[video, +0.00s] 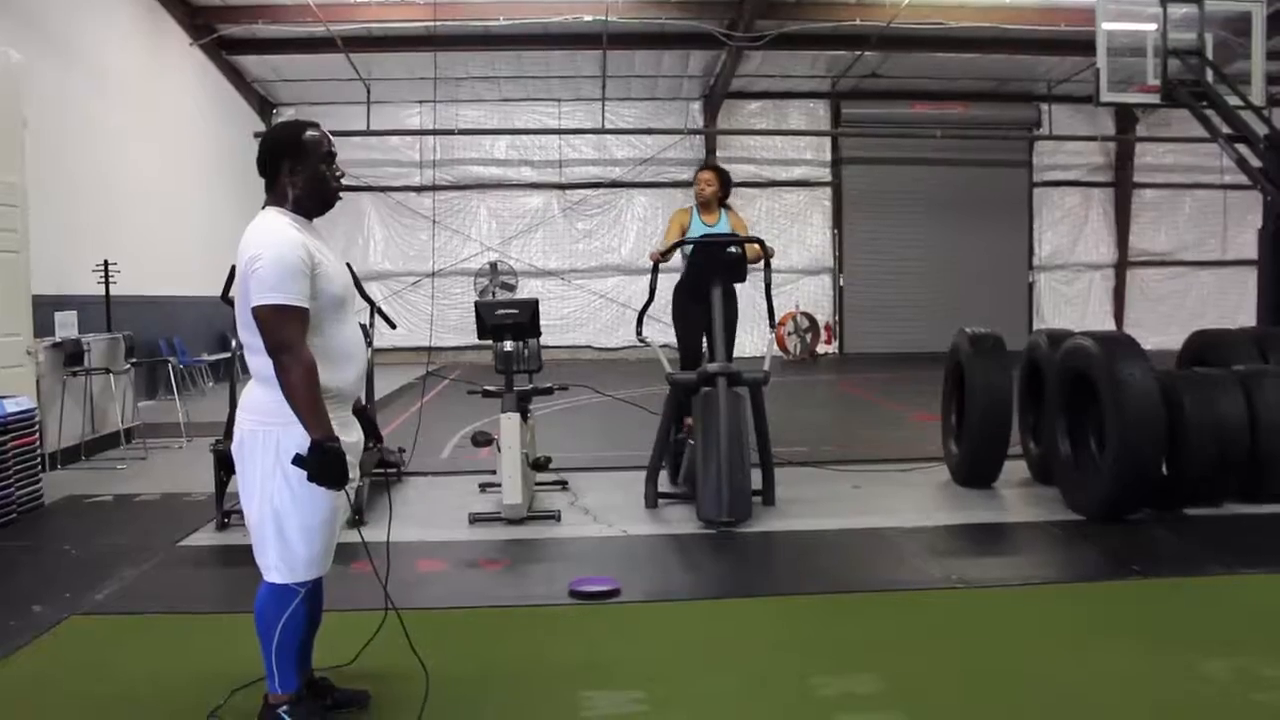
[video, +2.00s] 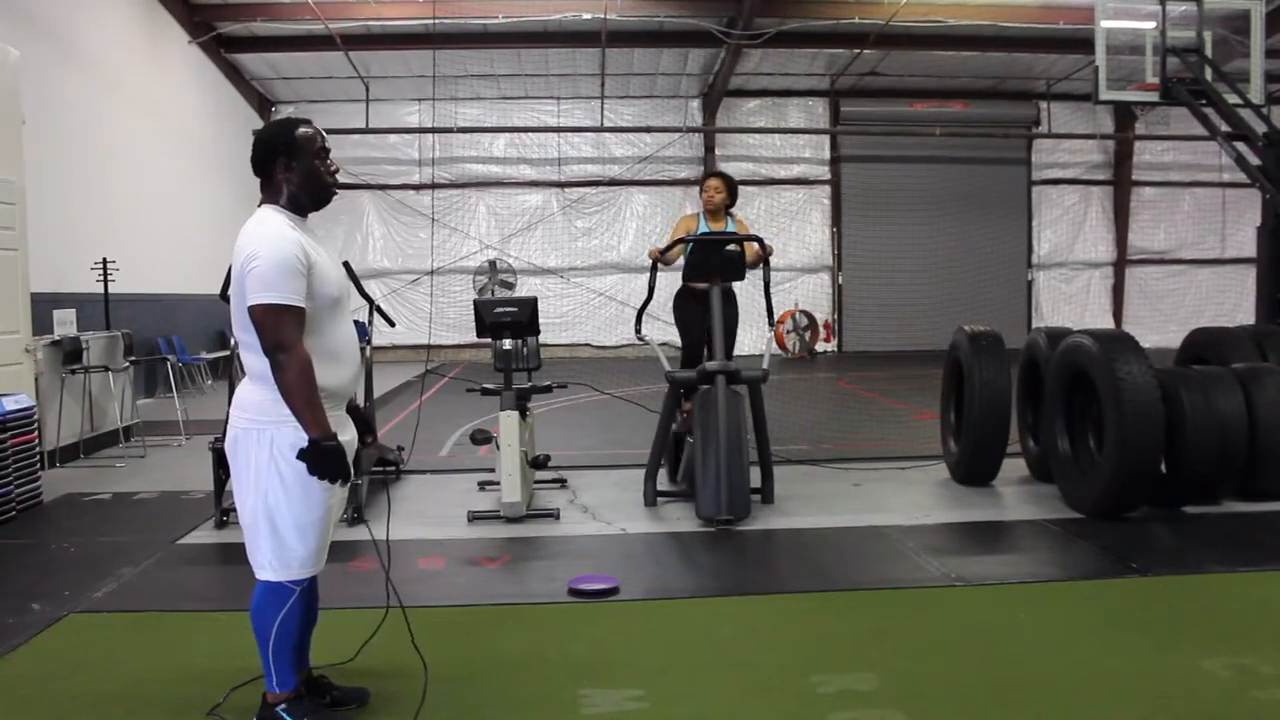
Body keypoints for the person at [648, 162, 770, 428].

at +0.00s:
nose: (700, 188)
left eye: (708, 184)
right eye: (698, 183)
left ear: (721, 190)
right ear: (693, 186)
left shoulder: (732, 218)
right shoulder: (683, 217)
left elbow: (750, 253)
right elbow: (670, 244)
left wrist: (761, 251)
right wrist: (660, 254)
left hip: (723, 292)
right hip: (690, 293)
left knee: (722, 357)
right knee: (690, 358)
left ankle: (721, 416)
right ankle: (687, 417)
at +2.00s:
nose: (709, 196)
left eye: (717, 192)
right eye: (705, 191)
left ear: (728, 198)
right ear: (701, 195)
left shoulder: (737, 225)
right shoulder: (688, 223)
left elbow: (748, 260)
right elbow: (672, 257)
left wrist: (760, 254)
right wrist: (660, 255)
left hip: (724, 297)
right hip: (691, 298)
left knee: (722, 356)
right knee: (693, 351)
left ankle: (721, 409)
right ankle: (687, 405)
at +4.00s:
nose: (707, 190)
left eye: (714, 186)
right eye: (704, 184)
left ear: (727, 193)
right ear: (699, 188)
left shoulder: (736, 221)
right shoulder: (687, 217)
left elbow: (752, 254)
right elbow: (671, 251)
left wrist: (738, 252)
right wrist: (660, 254)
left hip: (722, 292)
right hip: (689, 293)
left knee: (723, 355)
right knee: (689, 355)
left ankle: (722, 409)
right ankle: (682, 409)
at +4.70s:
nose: (692, 196)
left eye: (697, 191)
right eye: (687, 191)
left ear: (706, 197)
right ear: (677, 196)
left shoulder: (717, 224)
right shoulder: (668, 227)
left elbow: (726, 256)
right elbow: (658, 259)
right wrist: (657, 257)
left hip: (713, 300)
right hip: (681, 301)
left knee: (724, 360)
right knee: (684, 367)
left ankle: (722, 422)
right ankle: (681, 427)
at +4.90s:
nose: (706, 188)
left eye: (710, 184)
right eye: (699, 184)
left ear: (717, 189)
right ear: (688, 191)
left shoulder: (724, 220)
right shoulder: (676, 221)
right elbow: (662, 257)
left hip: (718, 294)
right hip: (685, 293)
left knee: (718, 359)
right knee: (687, 360)